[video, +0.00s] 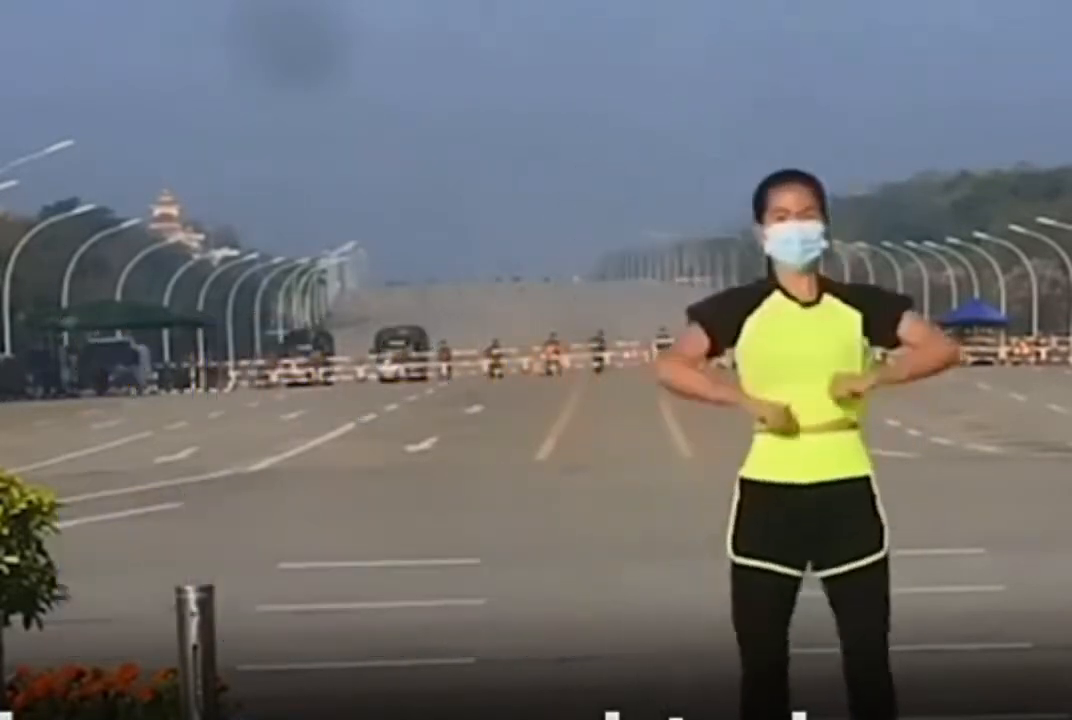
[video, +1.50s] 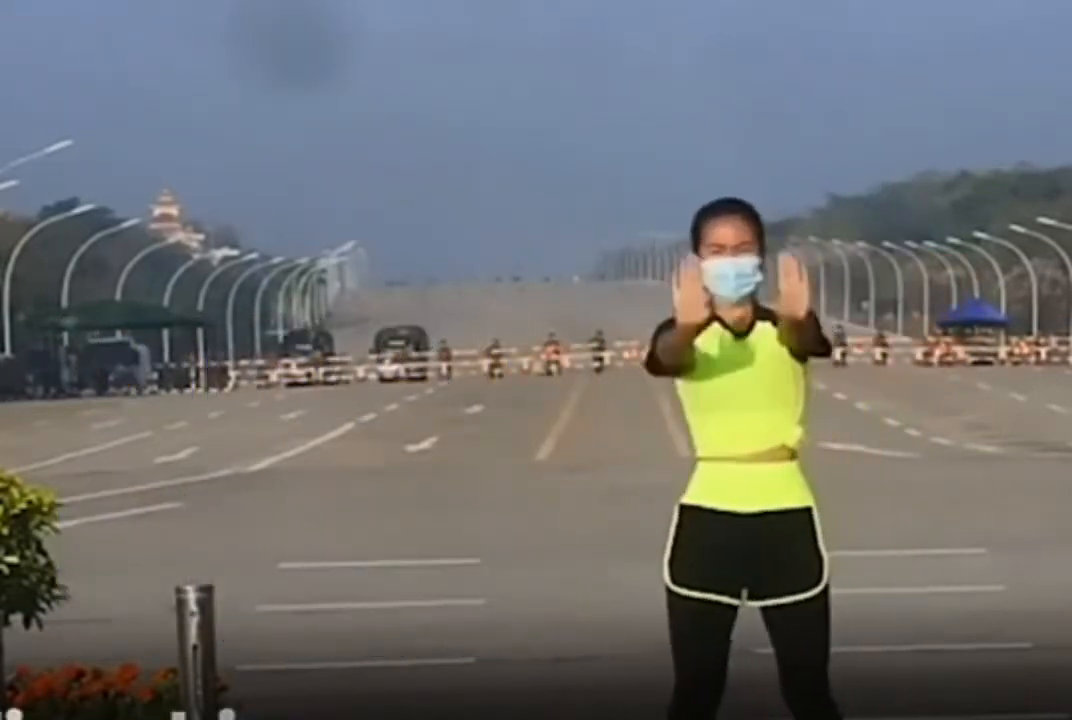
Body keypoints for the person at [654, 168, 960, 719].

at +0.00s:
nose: (796, 227)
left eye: (808, 216)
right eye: (781, 217)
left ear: (825, 227)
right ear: (761, 232)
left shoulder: (862, 304)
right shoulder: (738, 307)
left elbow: (943, 350)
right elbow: (671, 368)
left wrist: (873, 379)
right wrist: (749, 400)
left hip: (847, 497)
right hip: (767, 499)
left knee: (868, 663)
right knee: (761, 666)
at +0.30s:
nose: (802, 273)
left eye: (814, 261)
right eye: (788, 262)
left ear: (832, 270)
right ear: (768, 276)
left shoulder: (864, 345)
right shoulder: (743, 348)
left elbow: (955, 363)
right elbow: (658, 380)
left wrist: (867, 367)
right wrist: (744, 357)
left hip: (856, 539)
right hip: (776, 541)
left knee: (874, 699)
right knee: (764, 702)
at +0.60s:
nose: (793, 203)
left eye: (806, 191)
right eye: (778, 193)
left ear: (823, 200)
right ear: (757, 204)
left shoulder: (858, 278)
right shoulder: (739, 279)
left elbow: (957, 273)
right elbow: (632, 291)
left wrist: (871, 248)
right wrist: (711, 263)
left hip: (840, 471)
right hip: (759, 468)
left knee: (849, 649)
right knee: (726, 645)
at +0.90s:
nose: (767, 262)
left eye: (780, 250)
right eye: (753, 250)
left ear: (797, 260)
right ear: (733, 260)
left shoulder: (830, 343)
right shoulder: (706, 344)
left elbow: (863, 436)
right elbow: (676, 442)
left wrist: (833, 507)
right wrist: (708, 512)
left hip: (811, 528)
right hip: (727, 529)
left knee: (829, 693)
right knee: (710, 692)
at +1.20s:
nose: (748, 263)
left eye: (760, 250)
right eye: (734, 251)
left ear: (778, 259)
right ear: (714, 262)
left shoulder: (812, 331)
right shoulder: (690, 342)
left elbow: (817, 378)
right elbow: (690, 397)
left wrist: (819, 414)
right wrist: (705, 424)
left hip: (799, 525)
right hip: (719, 527)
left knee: (815, 691)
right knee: (704, 692)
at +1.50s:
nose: (733, 264)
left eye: (745, 251)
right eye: (718, 252)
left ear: (762, 257)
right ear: (697, 261)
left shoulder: (787, 326)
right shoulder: (681, 334)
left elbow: (813, 348)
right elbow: (661, 362)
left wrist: (798, 321)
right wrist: (686, 329)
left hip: (786, 518)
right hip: (707, 520)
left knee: (809, 691)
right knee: (697, 692)